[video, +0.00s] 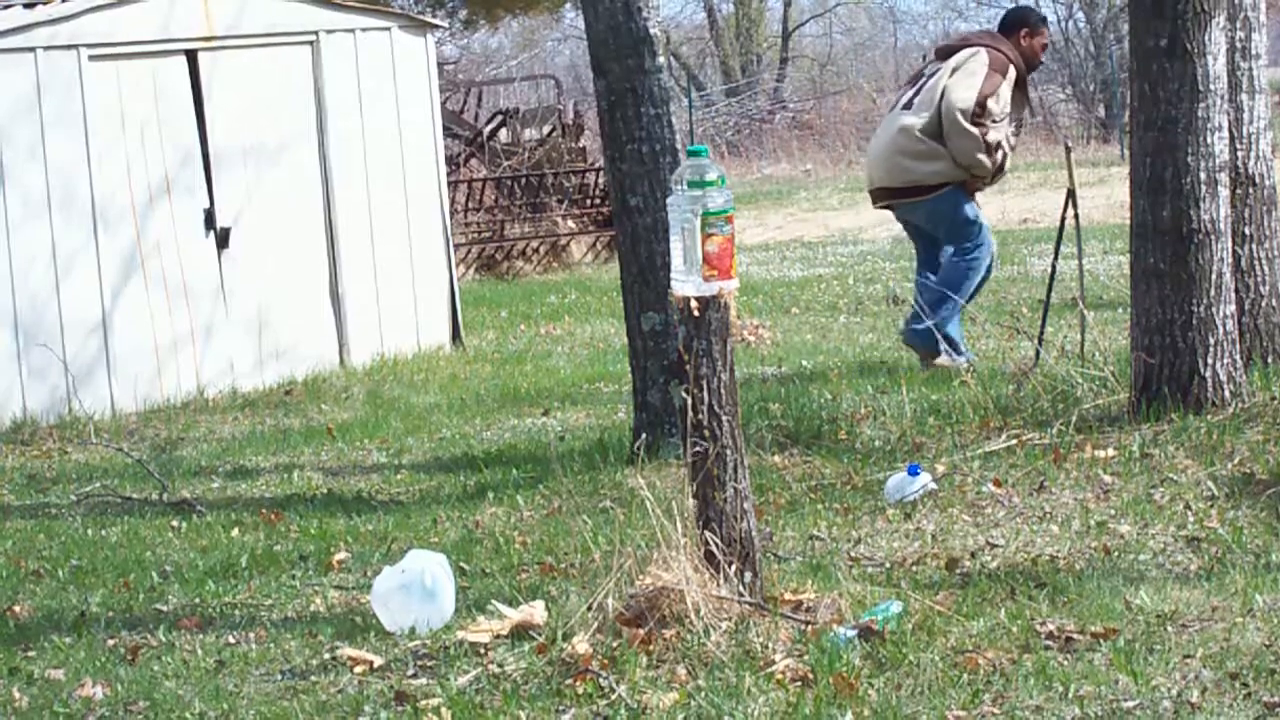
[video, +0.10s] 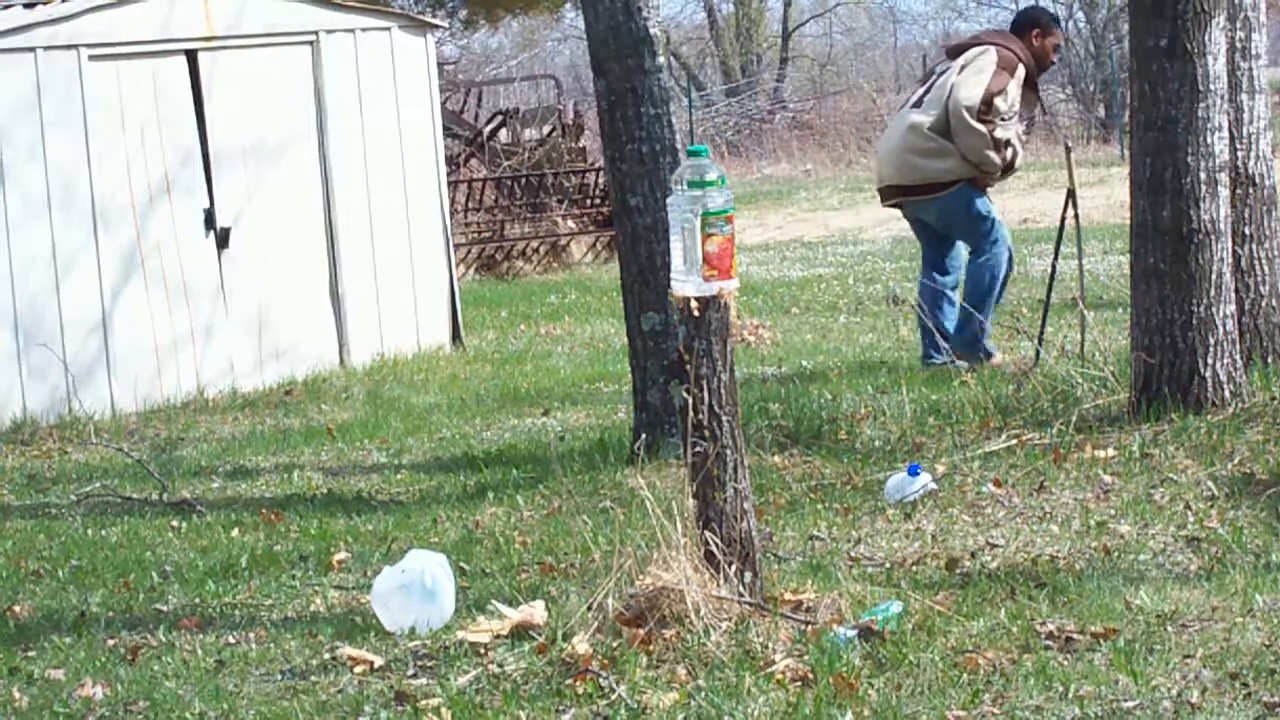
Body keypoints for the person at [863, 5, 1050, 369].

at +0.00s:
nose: (1044, 56)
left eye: (1046, 47)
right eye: (1043, 45)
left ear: (1015, 35)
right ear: (1023, 36)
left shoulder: (963, 54)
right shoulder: (995, 57)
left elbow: (908, 105)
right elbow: (962, 110)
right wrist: (982, 169)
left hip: (888, 168)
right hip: (918, 167)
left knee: (933, 256)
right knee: (976, 247)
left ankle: (946, 351)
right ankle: (925, 328)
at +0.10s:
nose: (1056, 57)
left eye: (1058, 48)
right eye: (1055, 46)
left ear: (1030, 36)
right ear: (1034, 37)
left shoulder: (975, 53)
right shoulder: (1004, 56)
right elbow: (970, 106)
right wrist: (995, 163)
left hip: (899, 168)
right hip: (931, 167)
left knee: (943, 257)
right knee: (993, 246)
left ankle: (937, 355)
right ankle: (971, 345)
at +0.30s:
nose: (1083, 64)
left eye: (1087, 57)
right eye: (1084, 54)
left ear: (1059, 41)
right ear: (1064, 43)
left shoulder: (996, 55)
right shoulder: (1034, 62)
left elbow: (943, 105)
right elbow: (997, 116)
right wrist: (1018, 173)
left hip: (919, 167)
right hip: (956, 168)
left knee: (955, 259)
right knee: (1002, 262)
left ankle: (945, 357)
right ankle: (1041, 352)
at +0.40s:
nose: (1100, 70)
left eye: (1103, 63)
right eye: (1100, 60)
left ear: (1077, 44)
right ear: (1082, 46)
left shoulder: (1014, 54)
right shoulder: (1050, 63)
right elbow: (1014, 118)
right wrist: (1033, 173)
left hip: (931, 163)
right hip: (969, 166)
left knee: (965, 256)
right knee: (1011, 259)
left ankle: (947, 351)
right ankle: (1039, 350)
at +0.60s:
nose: (1125, 69)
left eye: (1128, 61)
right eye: (1126, 58)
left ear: (1103, 43)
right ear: (1112, 46)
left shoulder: (1039, 50)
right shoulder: (1076, 61)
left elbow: (981, 100)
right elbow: (1040, 118)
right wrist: (1058, 172)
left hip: (961, 164)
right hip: (999, 167)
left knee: (992, 248)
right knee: (1034, 254)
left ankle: (957, 337)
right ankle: (1043, 353)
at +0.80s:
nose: (1133, 67)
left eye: (1135, 61)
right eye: (1136, 59)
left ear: (1109, 36)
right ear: (1127, 49)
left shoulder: (1061, 48)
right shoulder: (1097, 60)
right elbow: (1059, 112)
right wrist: (1070, 176)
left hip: (979, 156)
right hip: (1014, 157)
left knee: (1045, 246)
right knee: (1042, 255)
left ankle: (1012, 324)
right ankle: (1043, 355)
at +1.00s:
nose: (1144, 64)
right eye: (1147, 57)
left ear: (1118, 32)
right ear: (1136, 46)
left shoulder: (1070, 51)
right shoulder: (1109, 57)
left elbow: (1009, 101)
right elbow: (1077, 109)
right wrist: (1094, 170)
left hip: (997, 159)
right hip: (1034, 161)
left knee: (1063, 251)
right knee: (1063, 257)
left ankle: (1088, 335)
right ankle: (1041, 354)